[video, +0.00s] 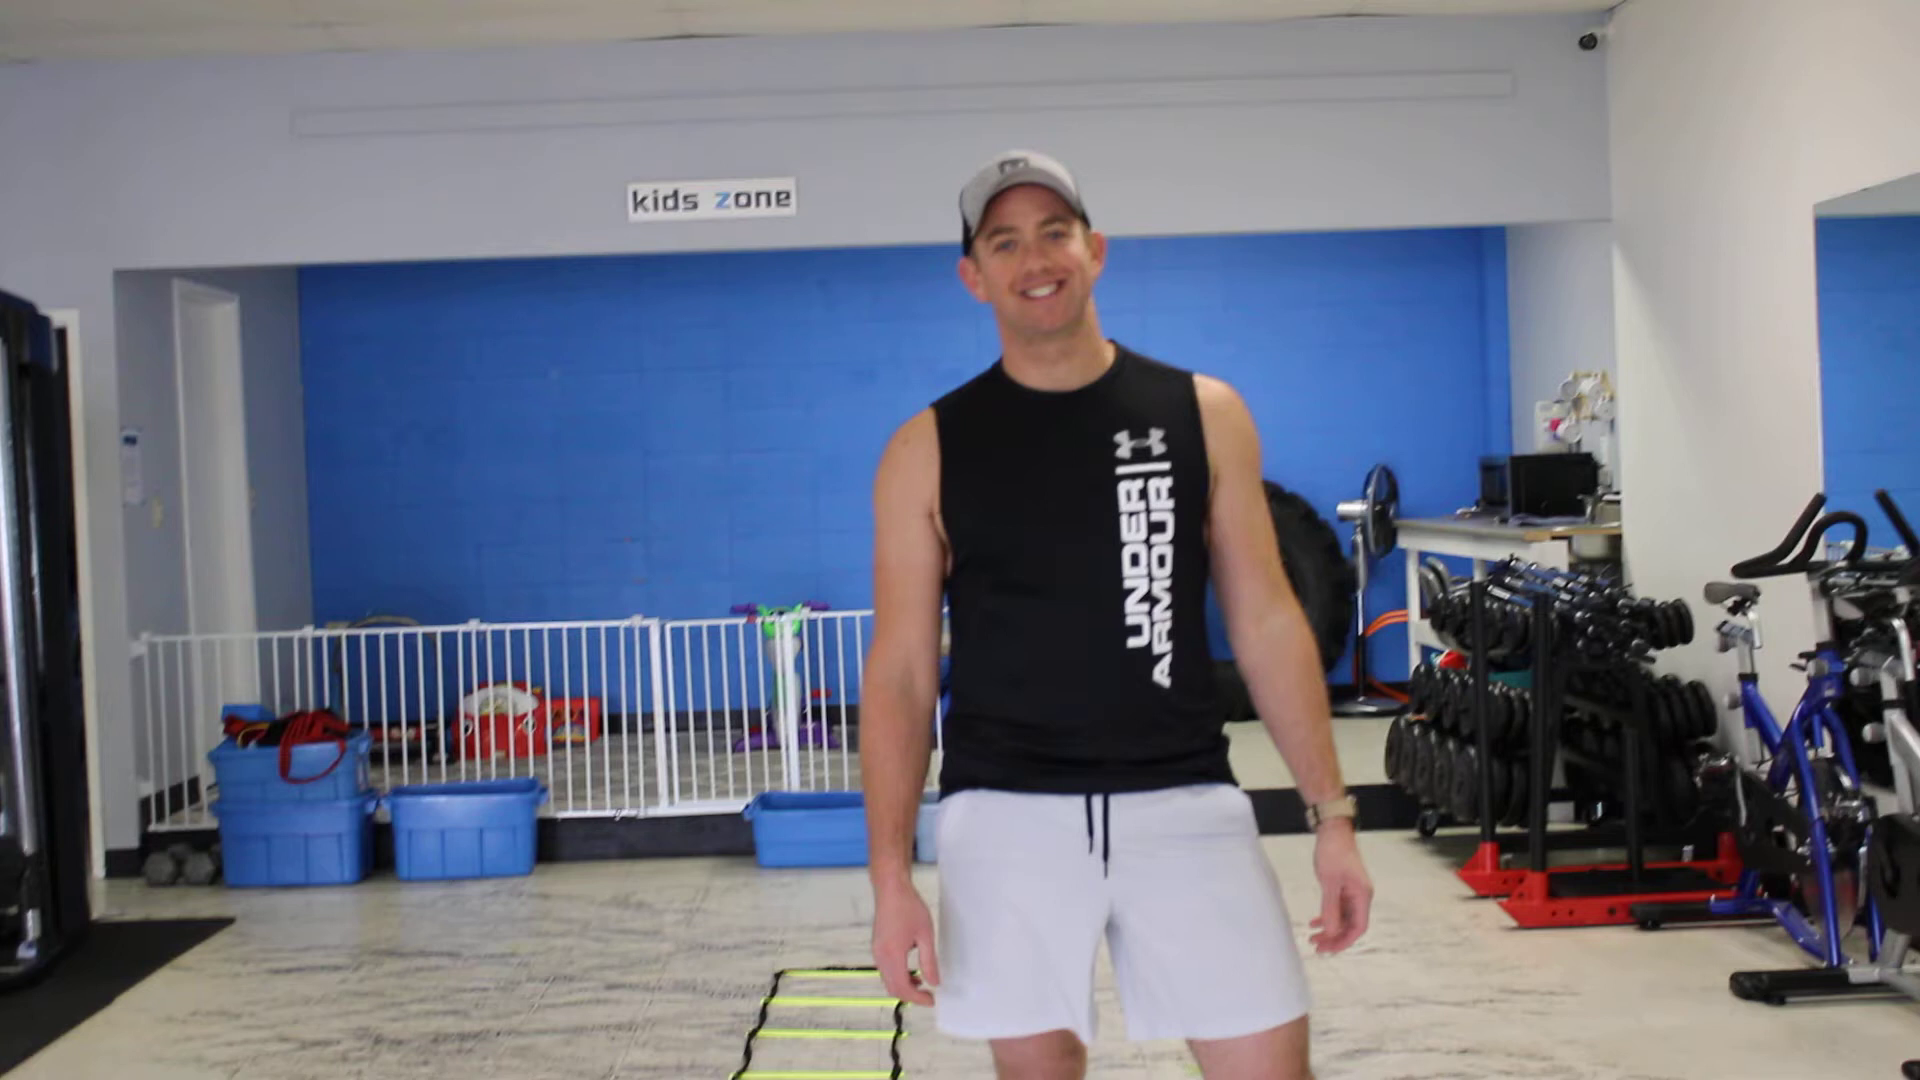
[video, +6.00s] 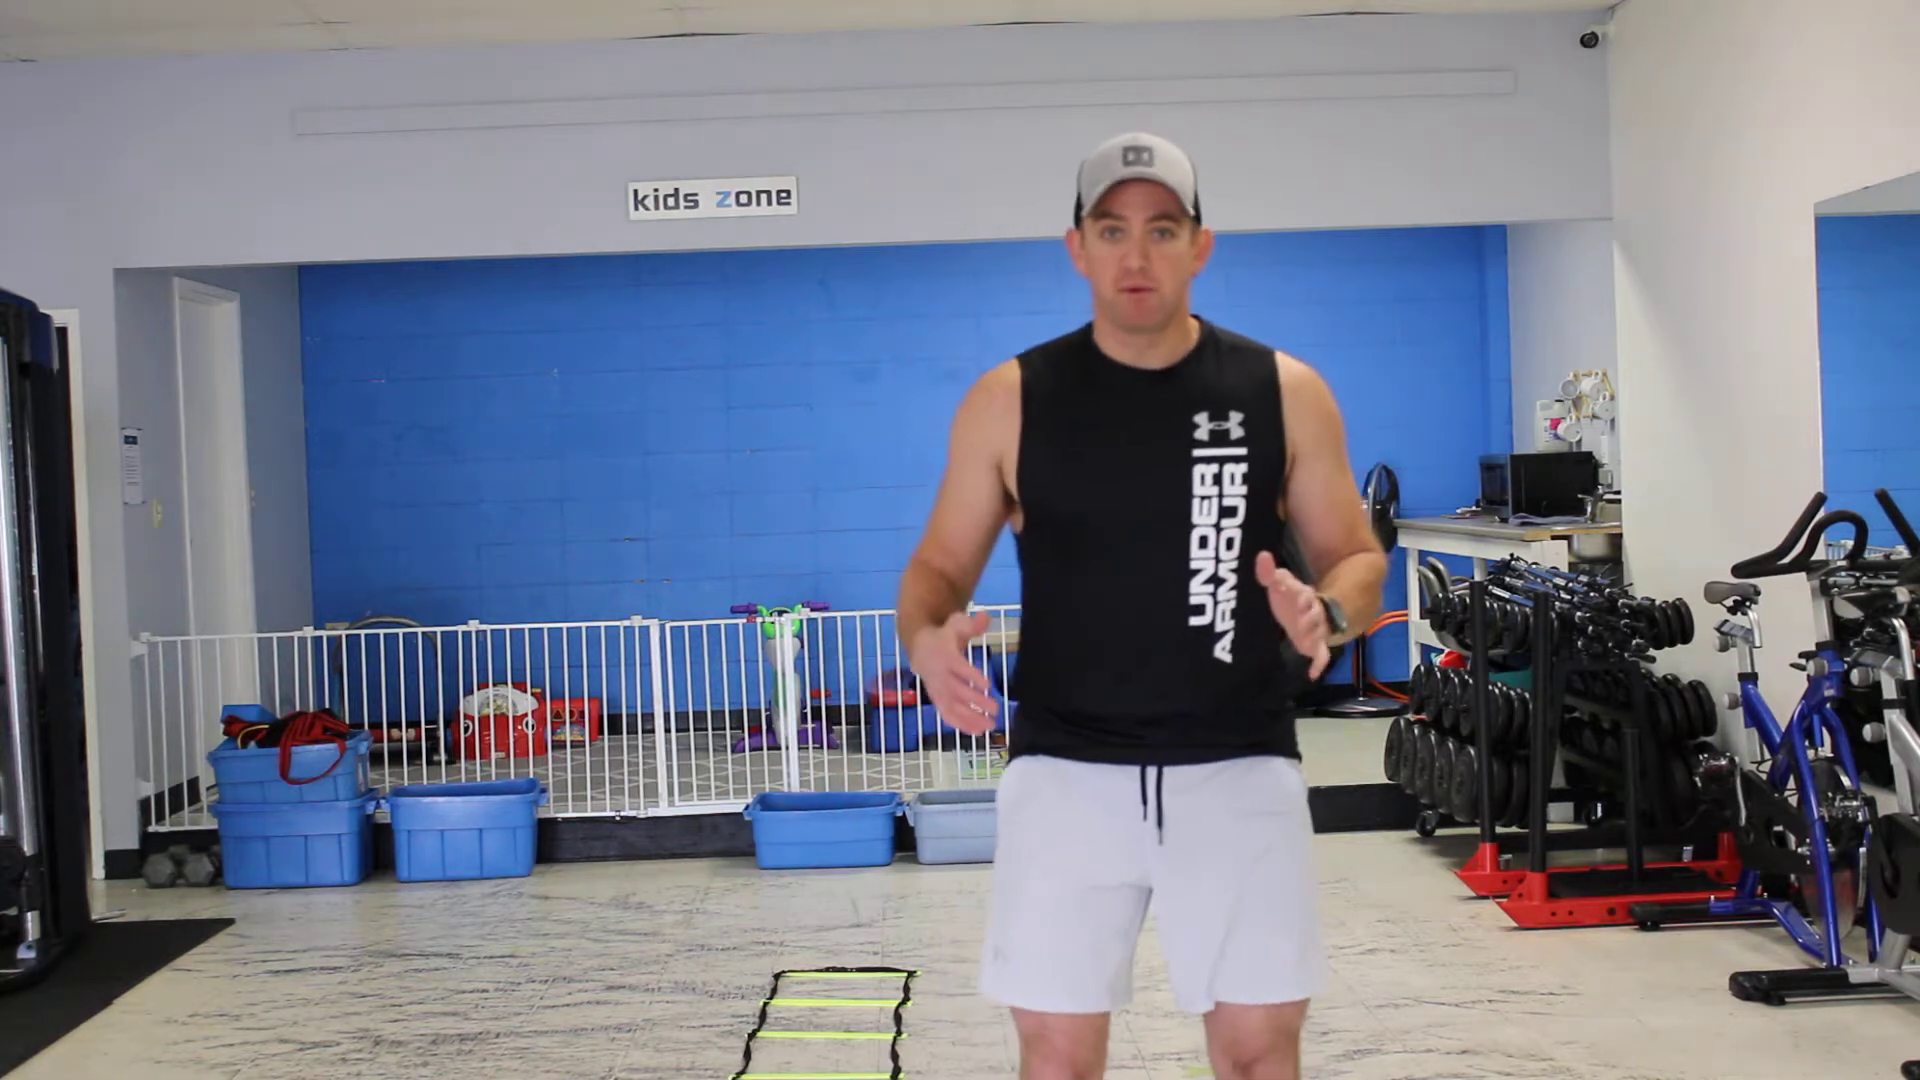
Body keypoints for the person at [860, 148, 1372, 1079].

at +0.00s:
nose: (1037, 255)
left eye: (1056, 231)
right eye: (1006, 240)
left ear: (1095, 251)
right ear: (975, 277)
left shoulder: (1205, 415)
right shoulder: (928, 449)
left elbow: (1265, 621)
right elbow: (901, 675)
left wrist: (1332, 816)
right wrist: (891, 879)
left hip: (1188, 811)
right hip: (1006, 824)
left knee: (1271, 1064)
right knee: (1038, 1065)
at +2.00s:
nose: (1017, 255)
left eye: (1033, 227)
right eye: (986, 243)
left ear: (1075, 241)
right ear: (959, 282)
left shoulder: (1198, 398)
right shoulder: (919, 443)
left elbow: (1268, 598)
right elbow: (887, 667)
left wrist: (1323, 776)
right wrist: (884, 859)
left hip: (1204, 795)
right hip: (1019, 816)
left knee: (1305, 1059)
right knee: (1046, 1067)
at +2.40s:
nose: (1054, 244)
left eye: (1071, 218)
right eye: (1024, 234)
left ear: (1117, 230)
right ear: (1004, 273)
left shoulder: (1242, 382)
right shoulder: (977, 434)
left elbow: (1299, 581)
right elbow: (955, 629)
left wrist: (1277, 761)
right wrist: (948, 746)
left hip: (1233, 795)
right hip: (1053, 806)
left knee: (1266, 1066)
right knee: (1072, 1065)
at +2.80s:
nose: (1053, 295)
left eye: (1058, 267)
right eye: (1047, 272)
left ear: (1120, 253)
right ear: (1119, 257)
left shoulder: (1291, 387)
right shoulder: (1101, 406)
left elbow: (1316, 620)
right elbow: (1096, 591)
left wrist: (1218, 786)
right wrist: (1016, 712)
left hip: (1264, 801)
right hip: (1110, 788)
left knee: (1275, 1063)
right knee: (1109, 1060)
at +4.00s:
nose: (1075, 243)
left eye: (1092, 217)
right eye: (1044, 231)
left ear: (1132, 229)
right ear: (1016, 270)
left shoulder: (1252, 382)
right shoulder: (992, 409)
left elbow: (1322, 586)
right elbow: (946, 570)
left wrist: (1254, 692)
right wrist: (874, 710)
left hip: (1231, 790)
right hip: (1054, 798)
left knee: (1273, 1066)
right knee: (1070, 1065)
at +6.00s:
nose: (1137, 253)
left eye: (1163, 228)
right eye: (1113, 229)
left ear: (1201, 247)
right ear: (1078, 248)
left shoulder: (1287, 393)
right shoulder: (1010, 401)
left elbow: (1355, 556)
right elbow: (938, 569)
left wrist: (1327, 611)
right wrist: (928, 635)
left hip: (1241, 775)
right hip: (1065, 781)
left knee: (1259, 1054)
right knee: (1057, 1058)